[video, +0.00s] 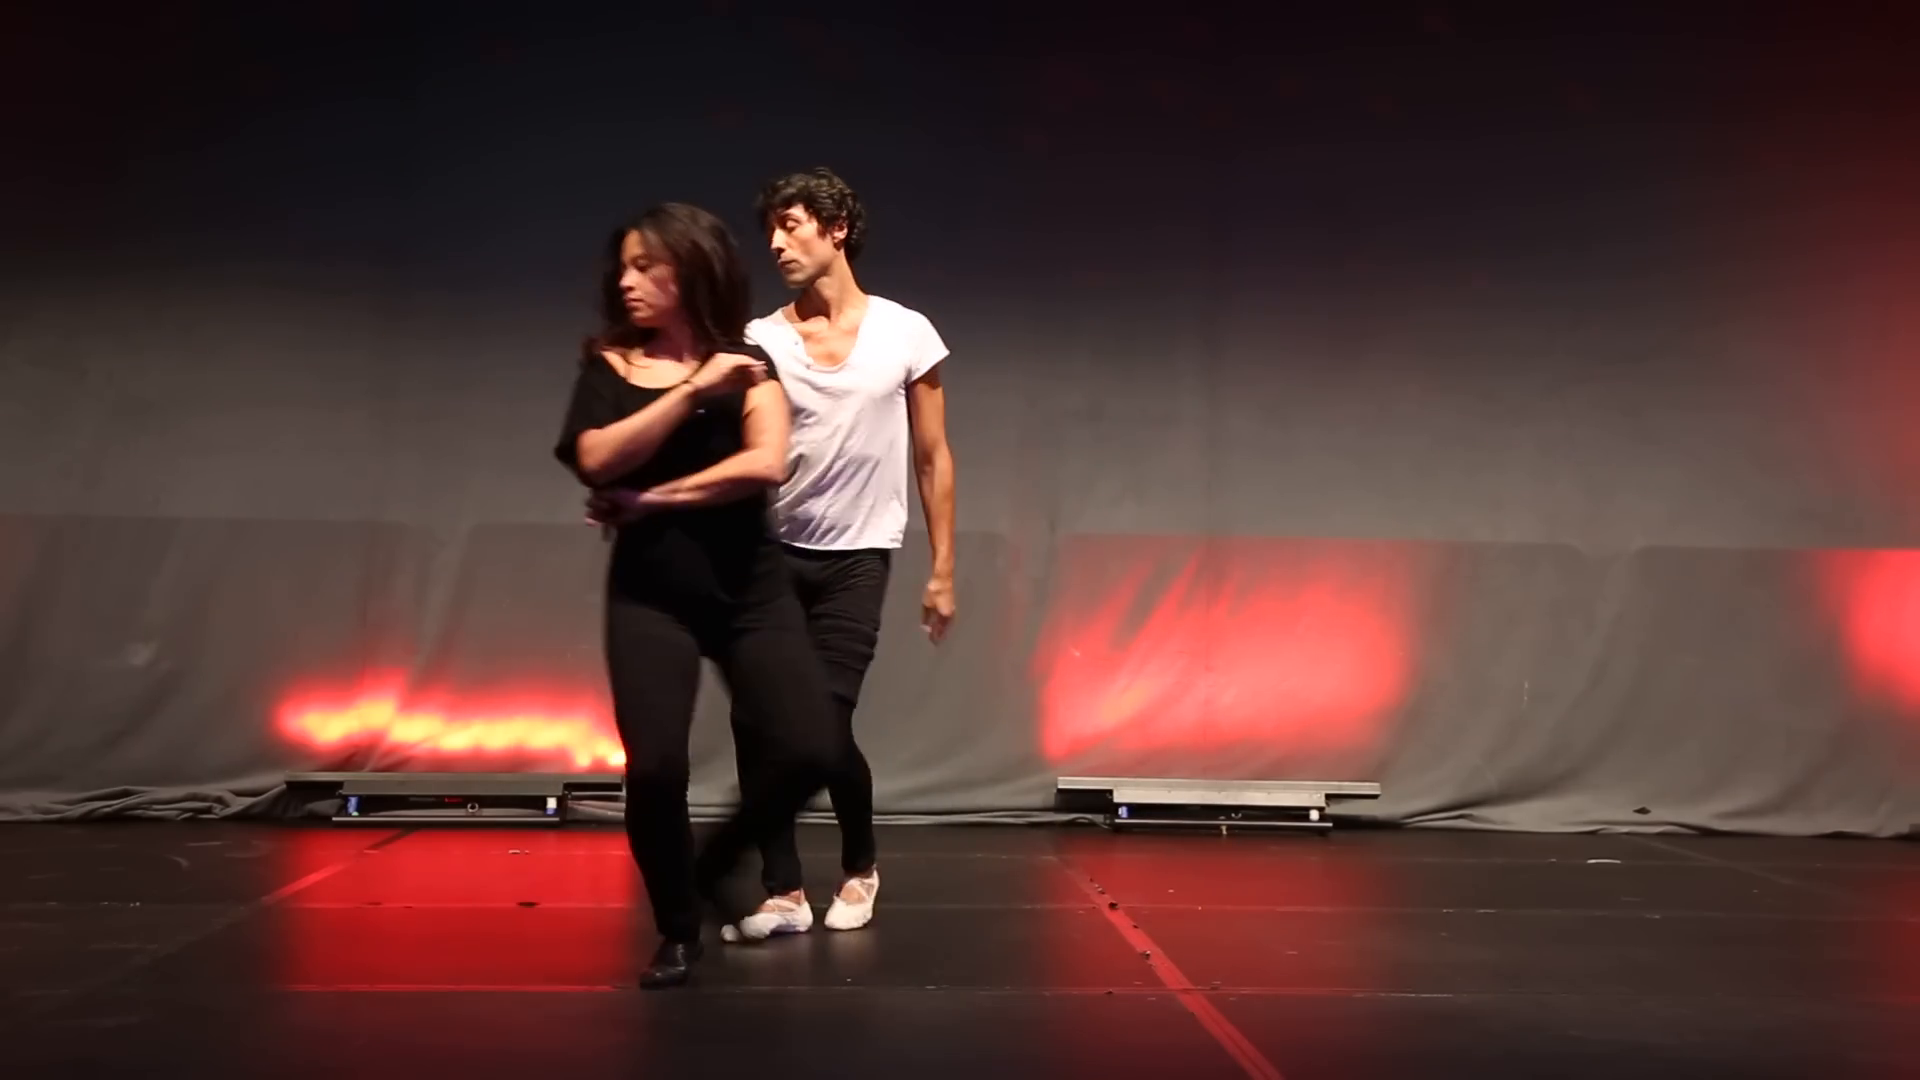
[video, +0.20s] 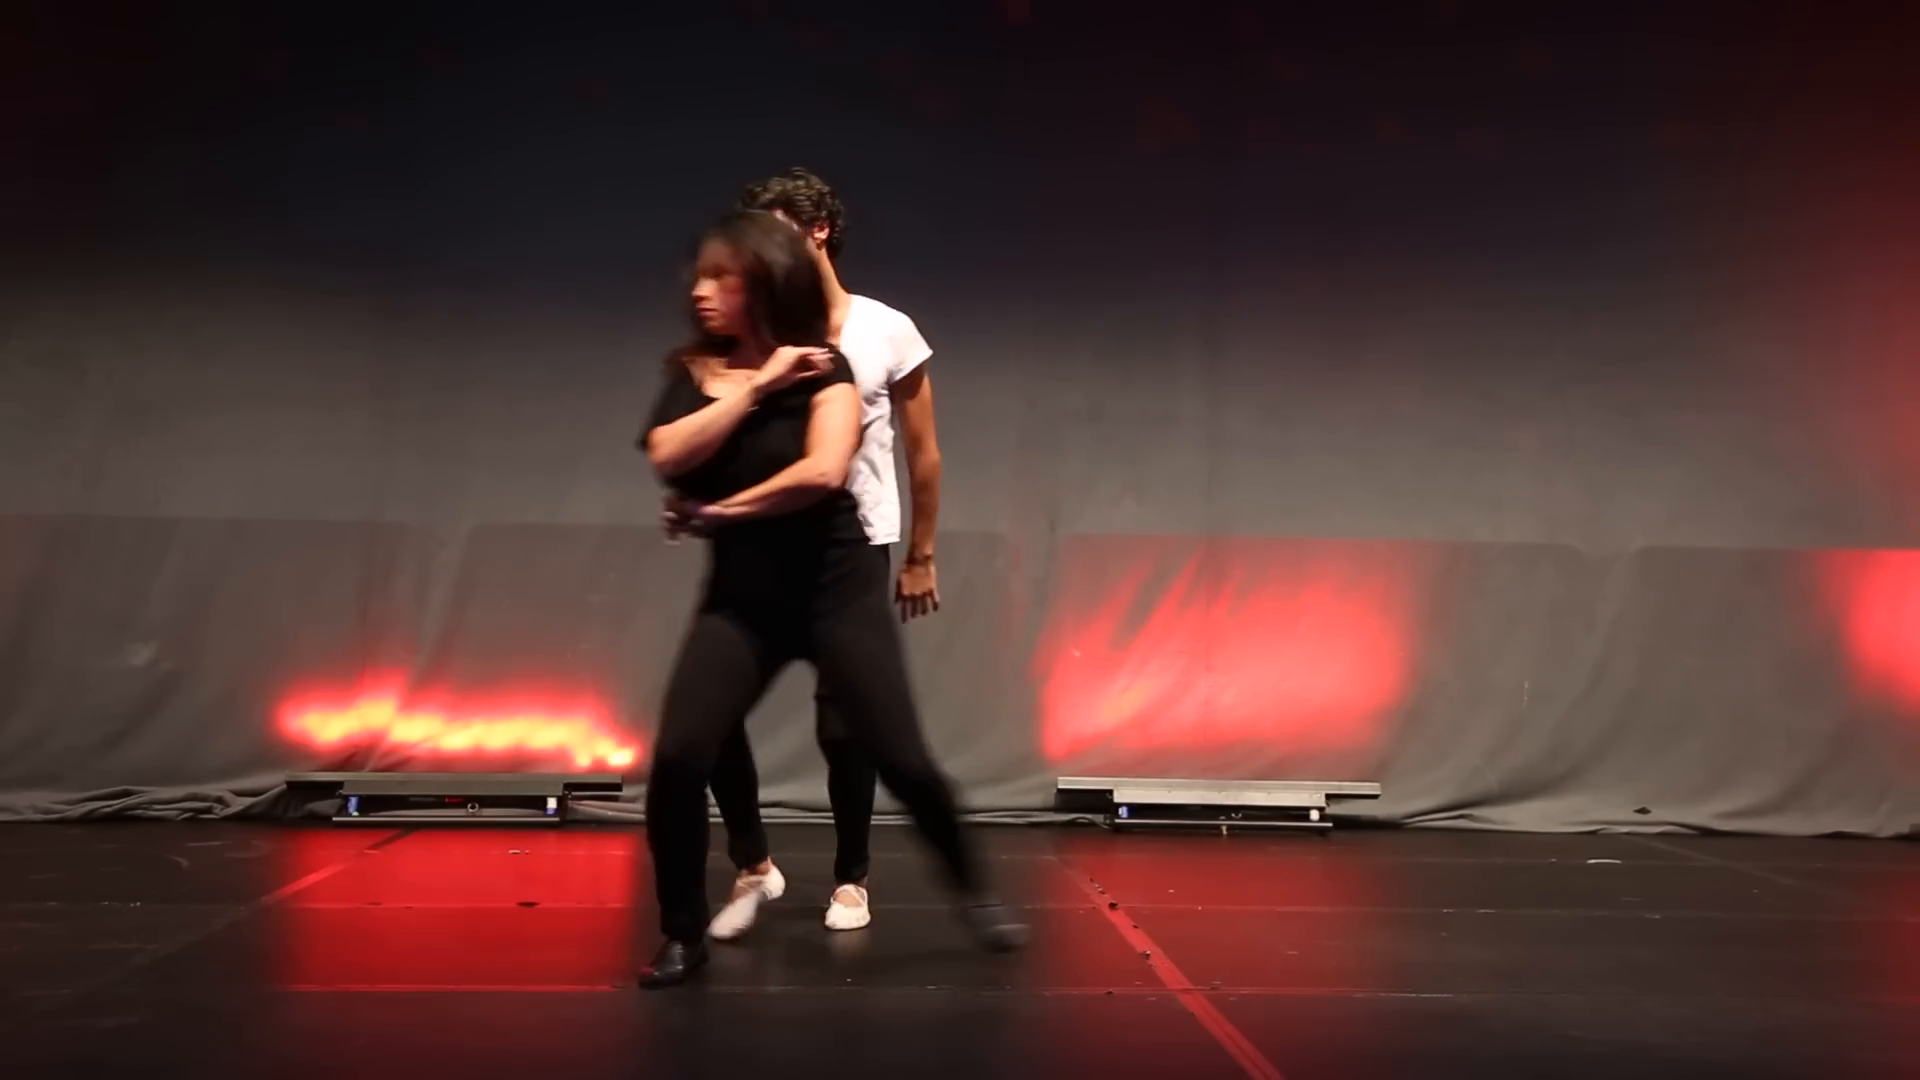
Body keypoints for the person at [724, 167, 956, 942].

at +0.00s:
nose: (778, 244)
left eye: (792, 228)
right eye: (773, 232)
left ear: (839, 232)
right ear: (777, 247)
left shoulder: (905, 332)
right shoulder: (761, 340)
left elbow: (934, 457)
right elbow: (736, 449)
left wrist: (942, 570)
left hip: (857, 560)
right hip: (772, 557)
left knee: (825, 727)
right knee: (761, 724)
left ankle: (859, 869)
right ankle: (783, 891)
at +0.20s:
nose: (776, 255)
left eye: (787, 238)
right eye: (767, 243)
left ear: (820, 237)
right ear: (765, 252)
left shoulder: (886, 332)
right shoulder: (738, 333)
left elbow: (924, 450)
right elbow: (690, 447)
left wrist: (920, 555)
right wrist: (758, 382)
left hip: (854, 556)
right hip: (760, 556)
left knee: (845, 729)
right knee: (711, 718)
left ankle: (850, 881)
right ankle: (753, 867)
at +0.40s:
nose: (727, 245)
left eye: (739, 228)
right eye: (721, 232)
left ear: (787, 225)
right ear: (725, 243)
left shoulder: (848, 315)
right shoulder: (710, 334)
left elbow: (882, 438)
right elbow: (706, 439)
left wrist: (794, 507)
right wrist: (716, 503)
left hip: (843, 555)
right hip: (765, 560)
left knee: (841, 723)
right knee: (722, 717)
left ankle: (854, 878)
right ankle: (781, 889)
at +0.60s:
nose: (703, 242)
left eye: (715, 225)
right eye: (699, 229)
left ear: (760, 222)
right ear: (723, 235)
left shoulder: (805, 302)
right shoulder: (729, 333)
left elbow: (849, 429)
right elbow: (713, 440)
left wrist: (875, 532)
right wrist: (711, 494)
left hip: (794, 538)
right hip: (748, 541)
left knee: (730, 714)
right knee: (724, 718)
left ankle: (847, 820)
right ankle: (782, 897)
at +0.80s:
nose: (704, 242)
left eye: (704, 231)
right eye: (705, 231)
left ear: (720, 228)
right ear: (777, 230)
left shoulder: (714, 286)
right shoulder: (823, 317)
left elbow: (741, 398)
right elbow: (819, 441)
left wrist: (817, 465)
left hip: (739, 534)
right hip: (796, 541)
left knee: (644, 683)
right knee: (742, 711)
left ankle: (788, 785)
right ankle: (779, 899)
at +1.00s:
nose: (795, 241)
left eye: (792, 230)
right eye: (796, 231)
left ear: (719, 223)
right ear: (783, 230)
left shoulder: (668, 288)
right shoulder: (820, 310)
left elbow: (636, 392)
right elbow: (866, 440)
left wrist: (748, 427)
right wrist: (898, 525)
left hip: (711, 529)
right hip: (794, 535)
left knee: (687, 704)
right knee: (769, 711)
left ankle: (768, 831)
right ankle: (784, 906)